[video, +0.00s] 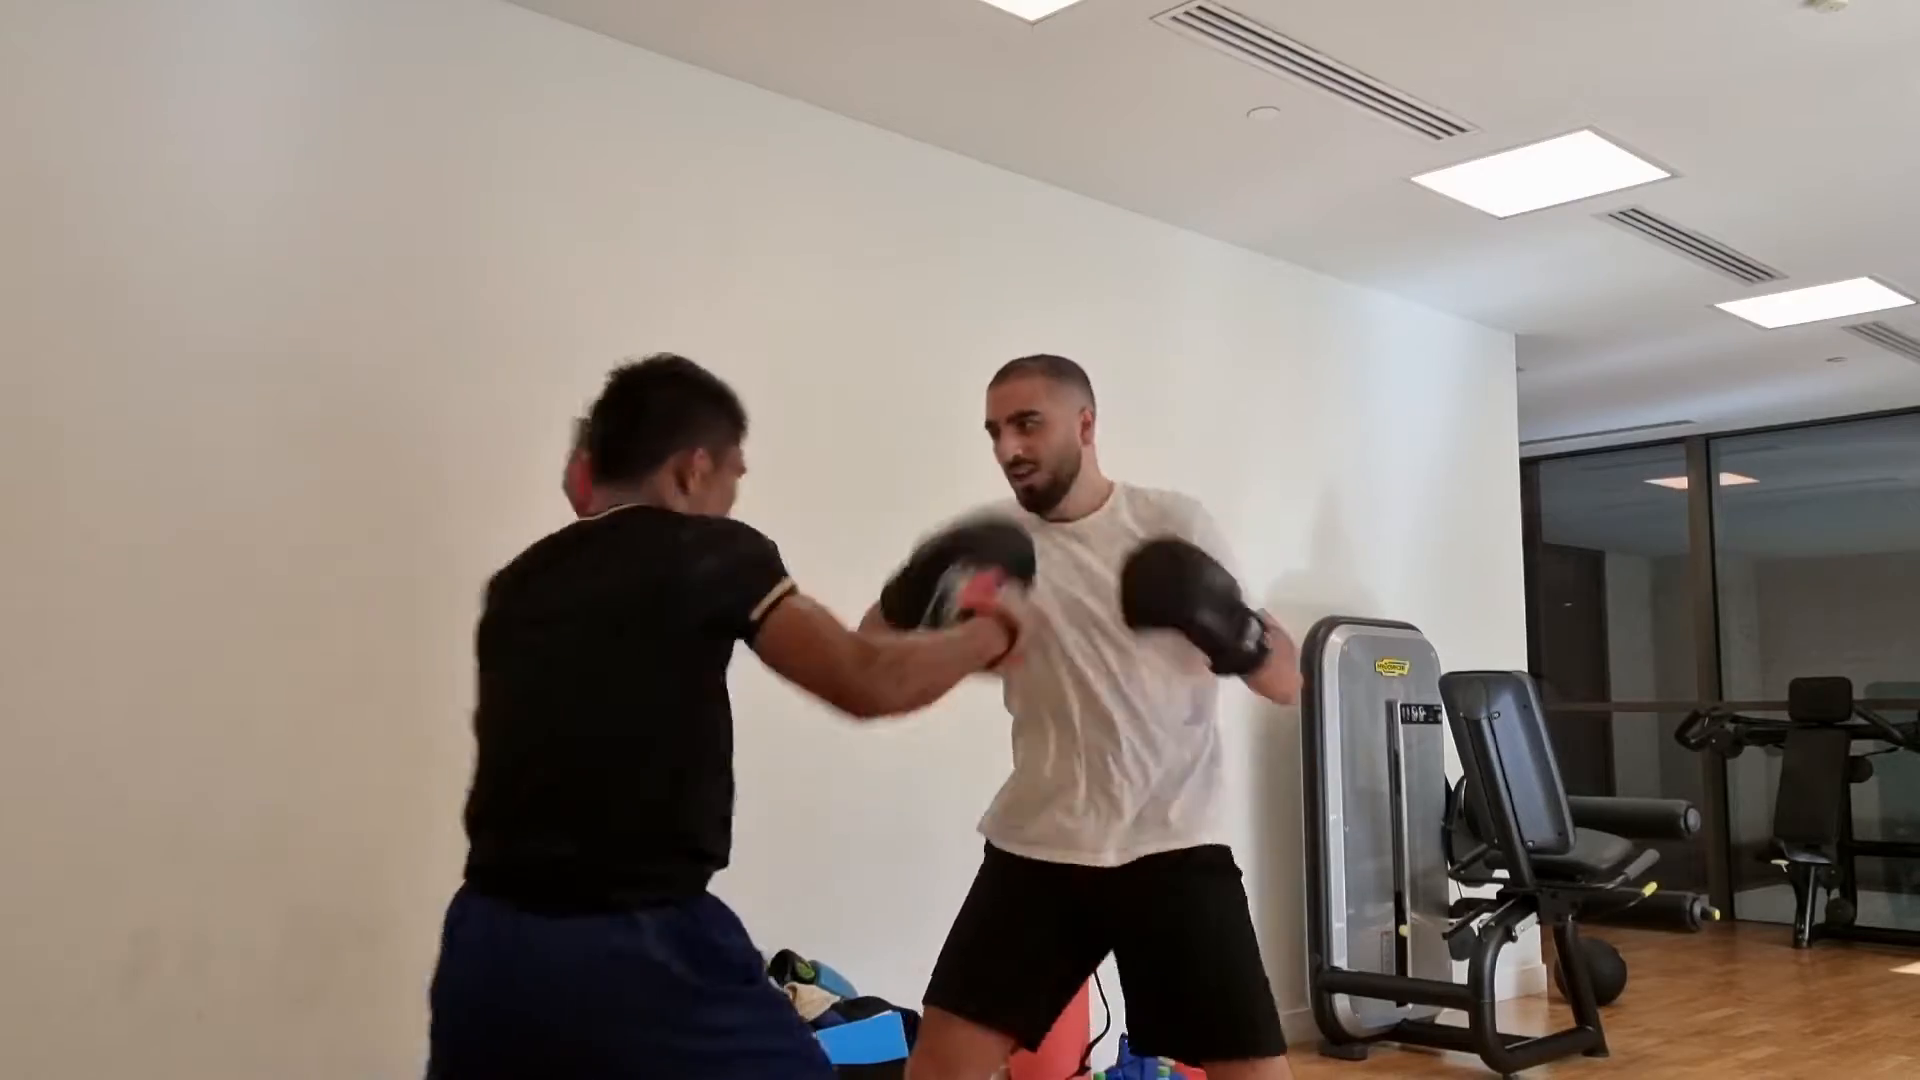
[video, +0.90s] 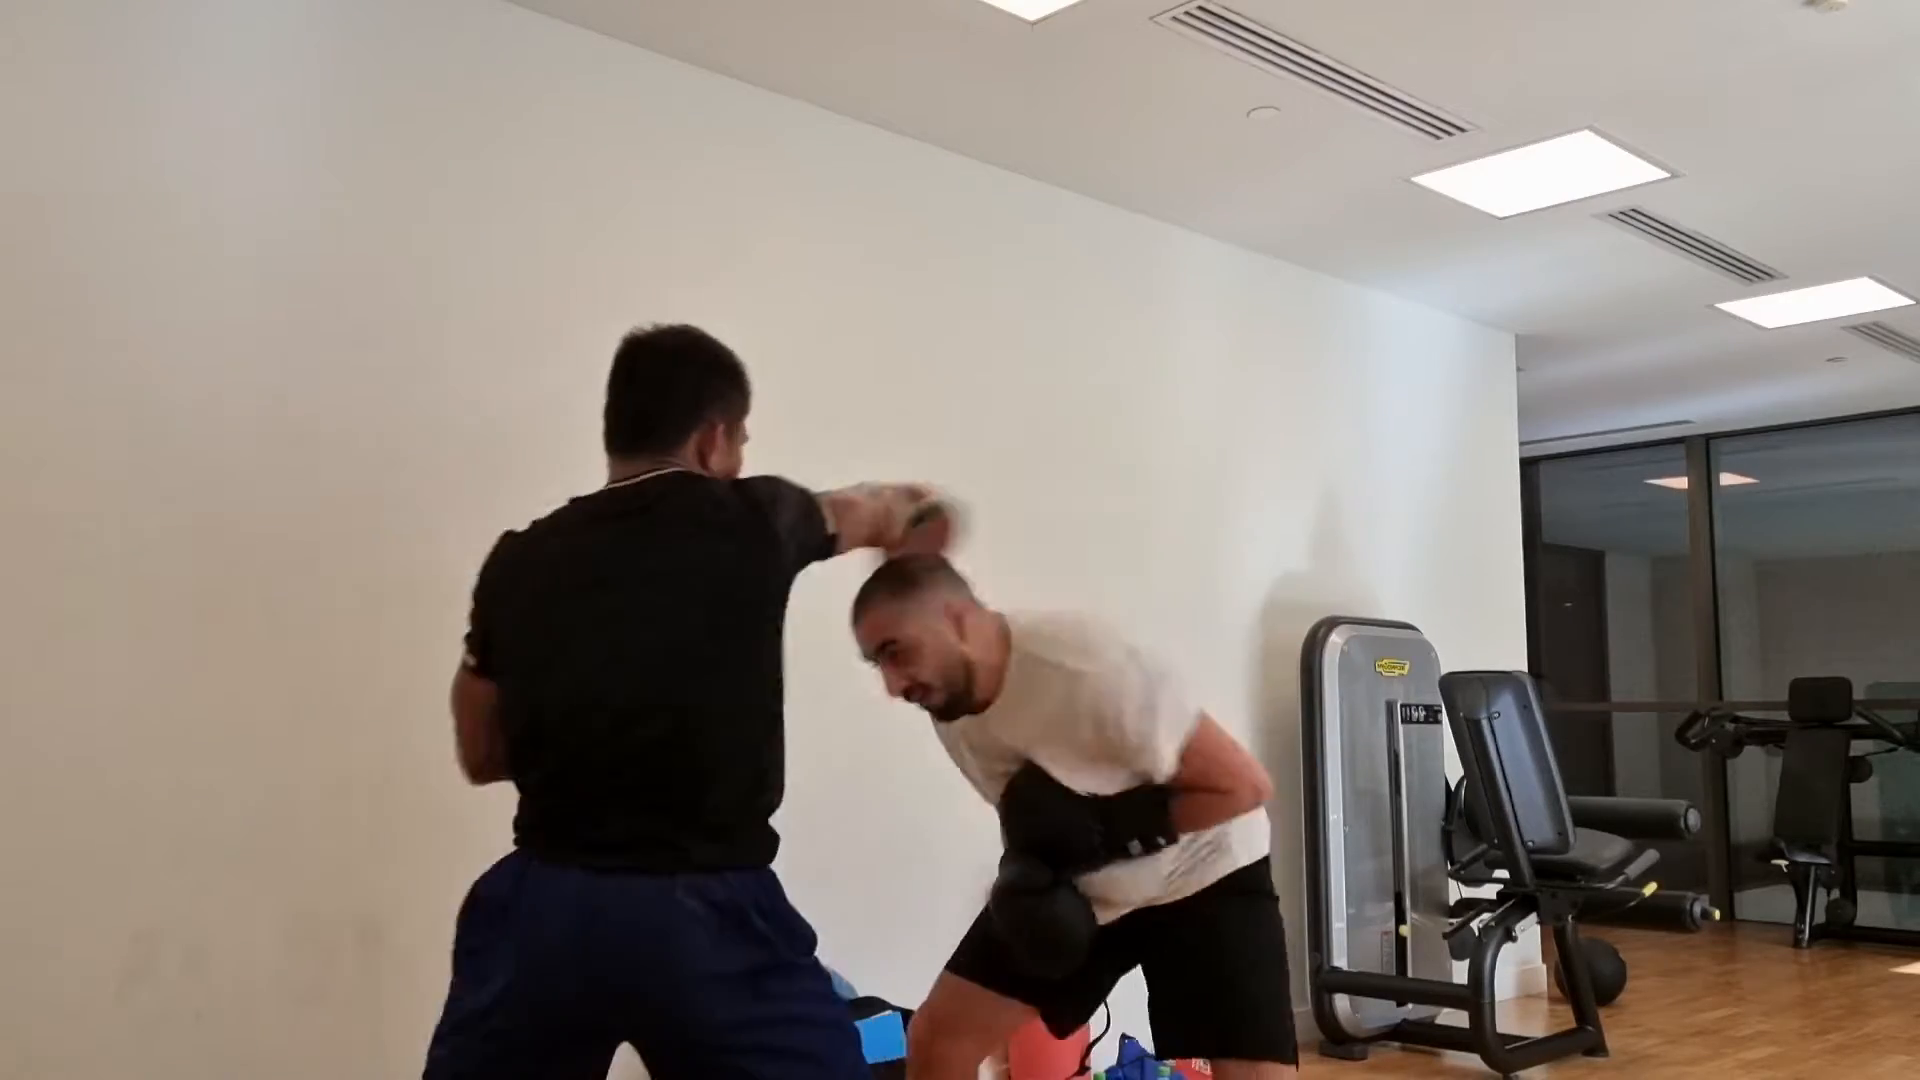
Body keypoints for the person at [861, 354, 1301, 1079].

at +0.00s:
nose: (1009, 447)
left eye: (1028, 423)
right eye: (997, 430)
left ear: (1085, 424)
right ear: (989, 441)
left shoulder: (1175, 526)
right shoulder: (991, 551)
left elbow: (1288, 681)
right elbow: (866, 665)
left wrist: (1224, 620)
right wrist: (912, 596)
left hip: (1177, 857)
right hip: (1037, 858)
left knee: (1254, 1071)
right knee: (944, 1063)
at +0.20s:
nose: (1003, 440)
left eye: (1022, 418)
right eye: (990, 424)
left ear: (1078, 419)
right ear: (982, 435)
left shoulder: (1139, 497)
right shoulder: (1006, 558)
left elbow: (1151, 625)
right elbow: (1001, 711)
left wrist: (1016, 589)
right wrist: (1010, 771)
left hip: (1175, 848)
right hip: (1046, 857)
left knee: (1253, 1070)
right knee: (926, 1058)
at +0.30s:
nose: (1071, 419)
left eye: (1092, 398)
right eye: (1054, 404)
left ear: (1138, 411)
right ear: (1041, 423)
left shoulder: (1212, 526)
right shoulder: (998, 548)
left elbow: (1280, 692)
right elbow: (983, 719)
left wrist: (1169, 663)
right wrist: (1067, 786)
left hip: (1198, 853)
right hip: (1044, 856)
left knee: (1277, 1063)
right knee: (948, 1061)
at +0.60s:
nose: (1014, 425)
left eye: (1034, 403)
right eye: (1002, 413)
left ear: (1092, 410)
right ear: (996, 432)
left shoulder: (1163, 520)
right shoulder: (1002, 567)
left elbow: (1234, 680)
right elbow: (1005, 701)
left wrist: (1089, 675)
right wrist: (1035, 778)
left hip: (1199, 846)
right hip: (1059, 849)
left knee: (1273, 1068)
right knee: (941, 1056)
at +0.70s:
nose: (905, 518)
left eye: (916, 497)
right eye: (898, 507)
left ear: (983, 487)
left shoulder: (1052, 565)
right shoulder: (980, 597)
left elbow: (1164, 692)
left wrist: (1040, 718)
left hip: (1198, 845)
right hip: (1088, 851)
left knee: (1252, 1068)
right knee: (961, 1037)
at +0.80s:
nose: (864, 658)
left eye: (855, 626)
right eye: (847, 653)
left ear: (899, 580)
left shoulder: (1027, 643)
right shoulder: (974, 674)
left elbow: (1187, 741)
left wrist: (1057, 799)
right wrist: (1031, 861)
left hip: (1213, 850)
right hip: (1100, 869)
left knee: (1248, 1067)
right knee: (961, 1034)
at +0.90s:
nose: (891, 685)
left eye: (894, 653)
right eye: (878, 664)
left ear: (958, 621)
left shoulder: (1095, 671)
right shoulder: (952, 712)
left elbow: (1243, 786)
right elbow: (1028, 812)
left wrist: (1102, 824)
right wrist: (1030, 881)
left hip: (1206, 877)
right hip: (1078, 892)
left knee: (1254, 1069)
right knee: (939, 1043)